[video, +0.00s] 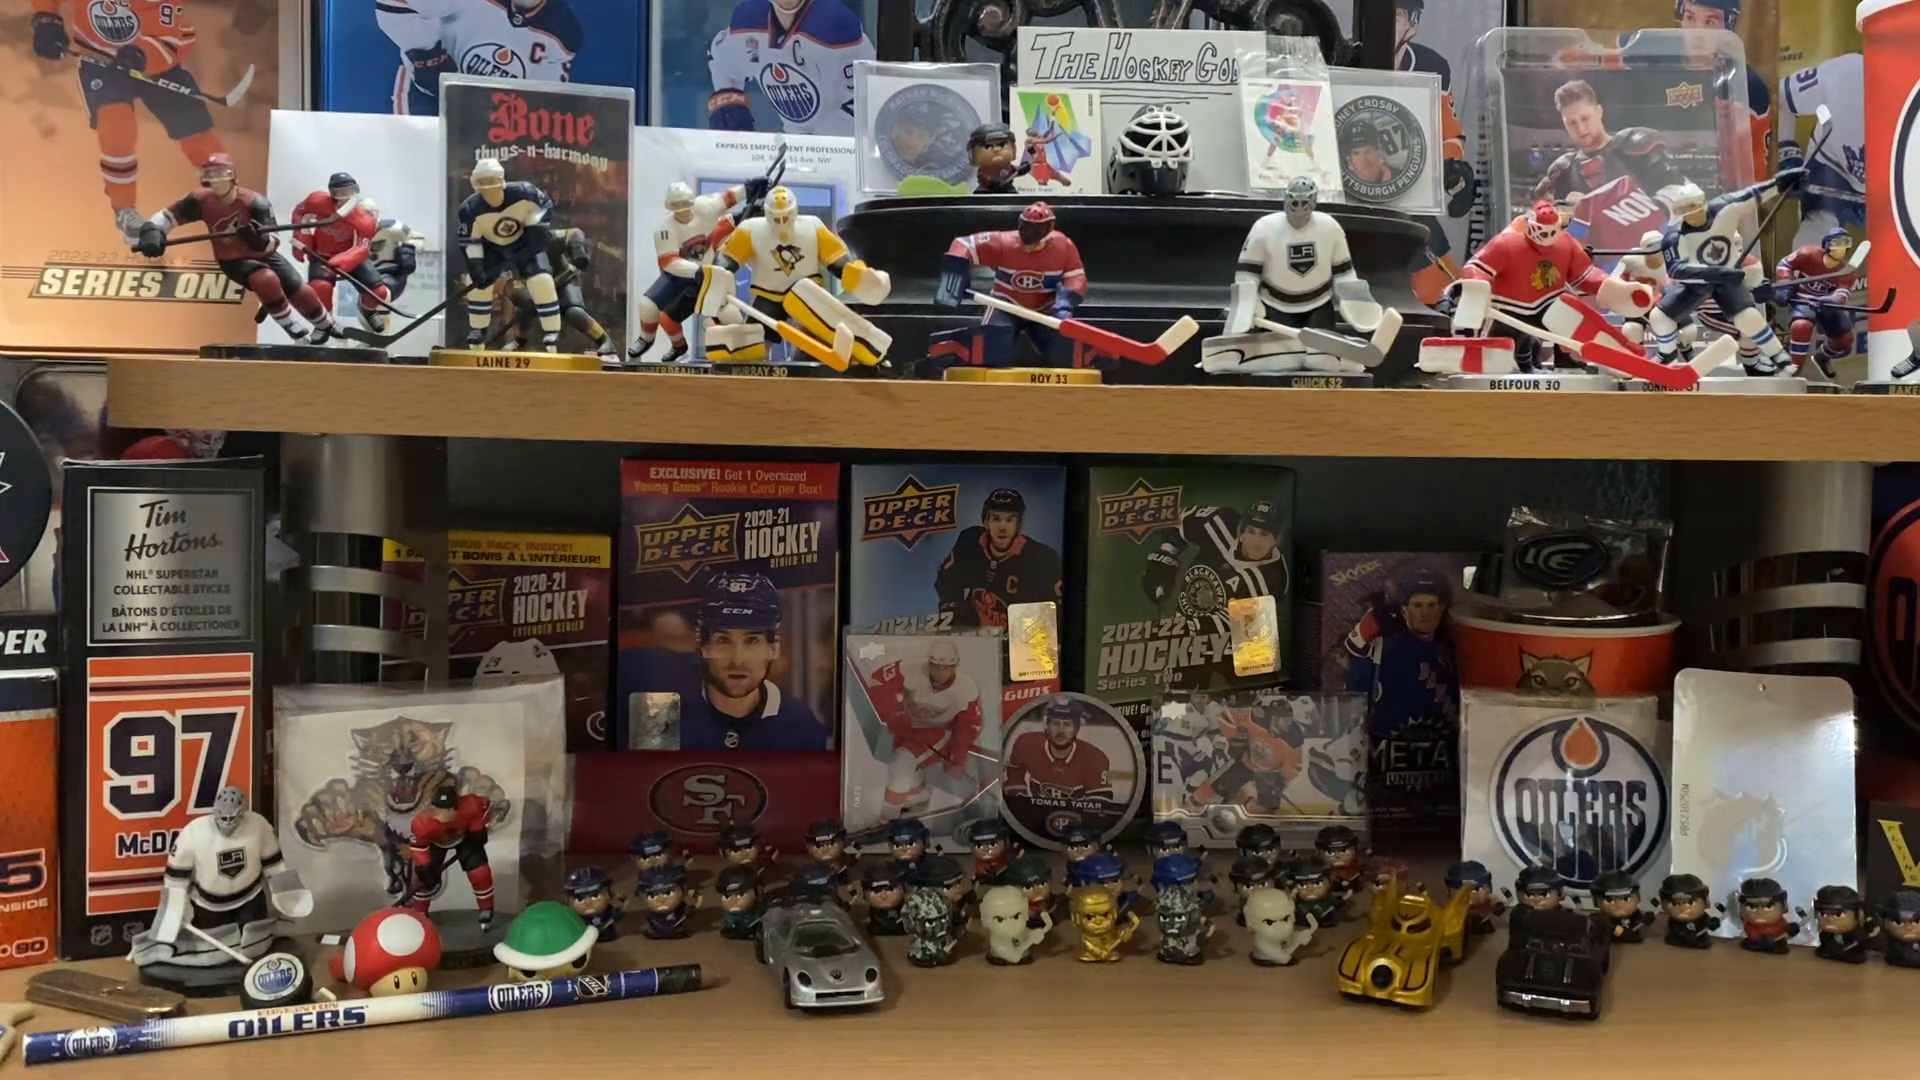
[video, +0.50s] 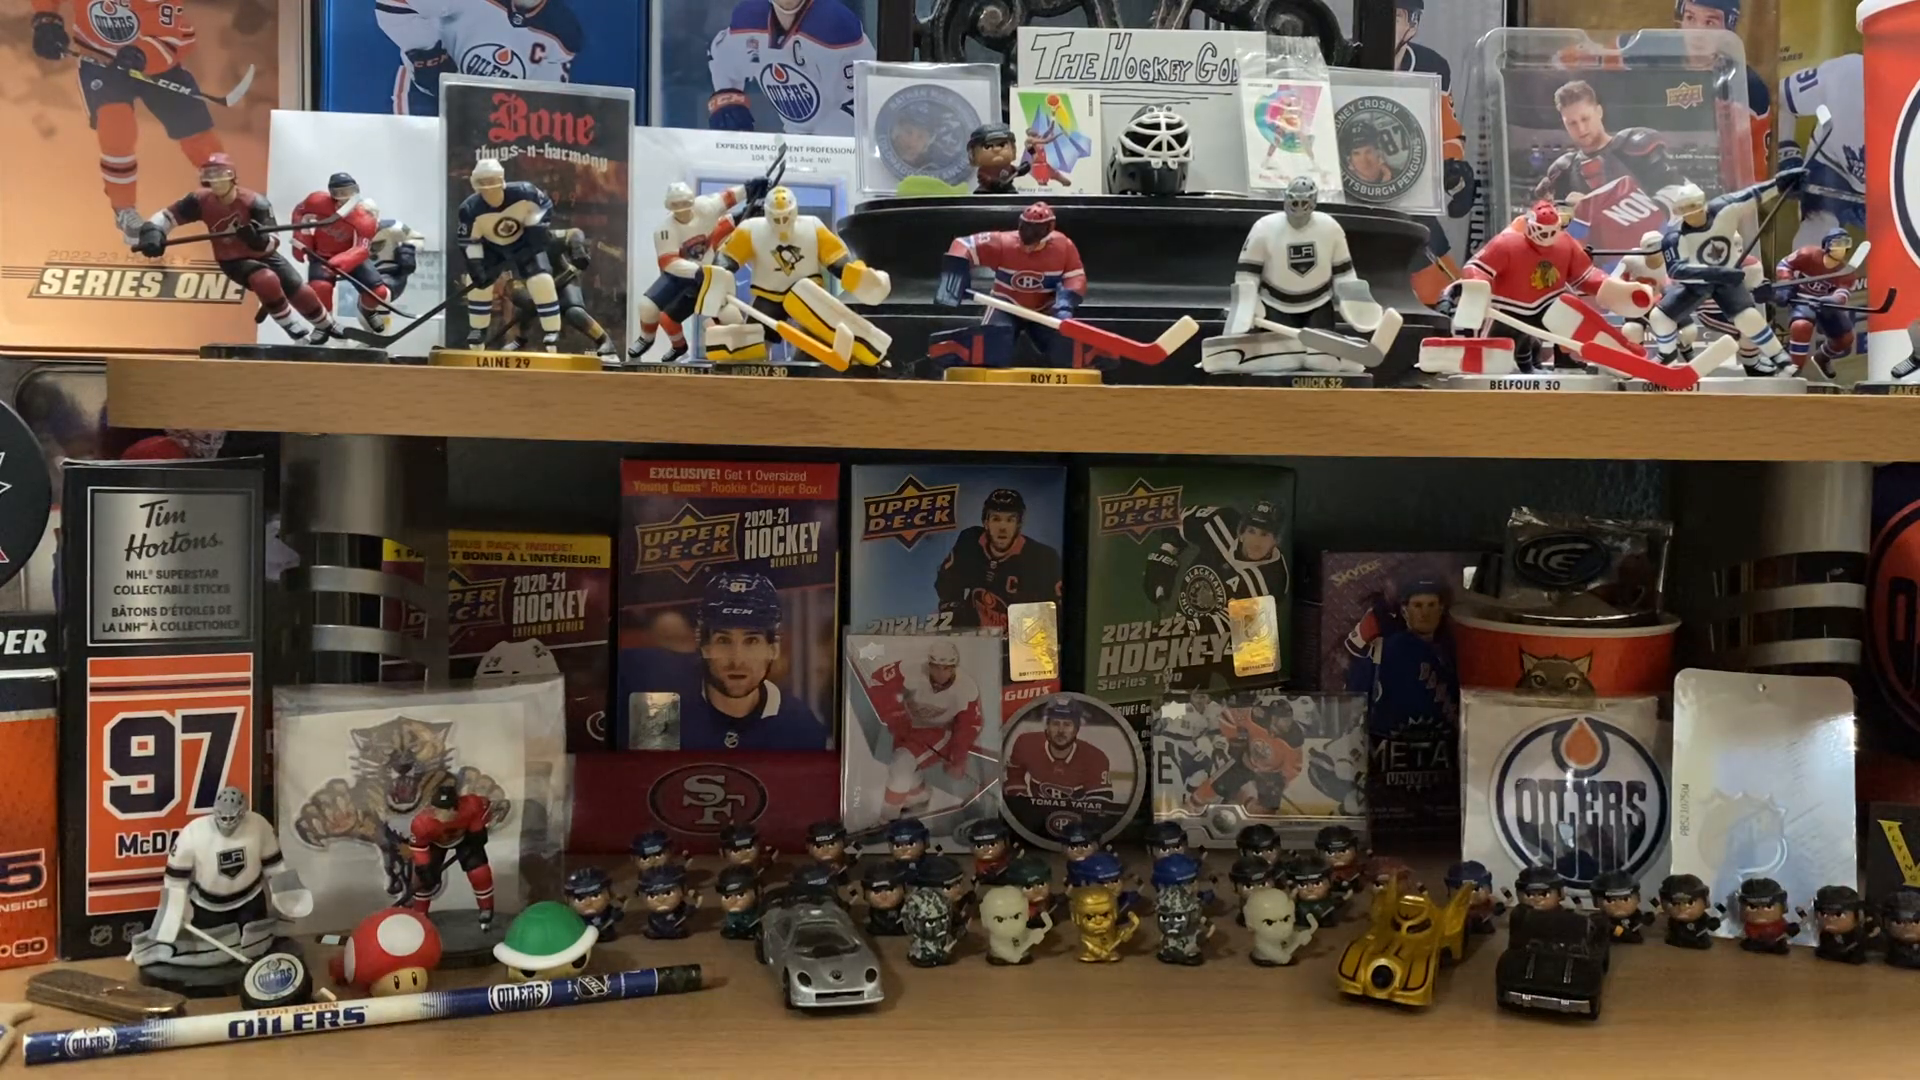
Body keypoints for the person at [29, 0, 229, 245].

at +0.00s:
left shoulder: (161, 7)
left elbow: (176, 39)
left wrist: (141, 54)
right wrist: (46, 17)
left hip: (157, 60)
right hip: (99, 60)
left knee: (201, 141)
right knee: (118, 127)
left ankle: (231, 204)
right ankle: (125, 211)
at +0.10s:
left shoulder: (161, 7)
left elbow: (175, 39)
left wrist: (142, 54)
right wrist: (46, 18)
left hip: (157, 61)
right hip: (100, 61)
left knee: (203, 143)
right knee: (118, 127)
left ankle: (231, 204)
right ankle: (125, 211)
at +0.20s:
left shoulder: (161, 7)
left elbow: (175, 39)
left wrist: (141, 54)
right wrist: (46, 18)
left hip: (156, 60)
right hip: (99, 60)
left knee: (202, 142)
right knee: (118, 127)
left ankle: (231, 204)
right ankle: (125, 211)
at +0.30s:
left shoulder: (162, 6)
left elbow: (173, 39)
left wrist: (141, 54)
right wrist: (46, 18)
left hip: (157, 60)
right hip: (99, 60)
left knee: (202, 142)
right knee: (118, 127)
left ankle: (230, 203)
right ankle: (125, 211)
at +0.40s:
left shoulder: (162, 6)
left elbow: (173, 39)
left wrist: (141, 53)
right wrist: (46, 18)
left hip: (157, 61)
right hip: (100, 60)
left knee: (203, 144)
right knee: (118, 128)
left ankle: (230, 202)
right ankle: (125, 210)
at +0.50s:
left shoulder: (162, 5)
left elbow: (172, 38)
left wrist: (140, 54)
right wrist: (46, 18)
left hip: (158, 61)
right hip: (99, 60)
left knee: (203, 145)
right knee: (118, 129)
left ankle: (231, 205)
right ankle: (125, 211)